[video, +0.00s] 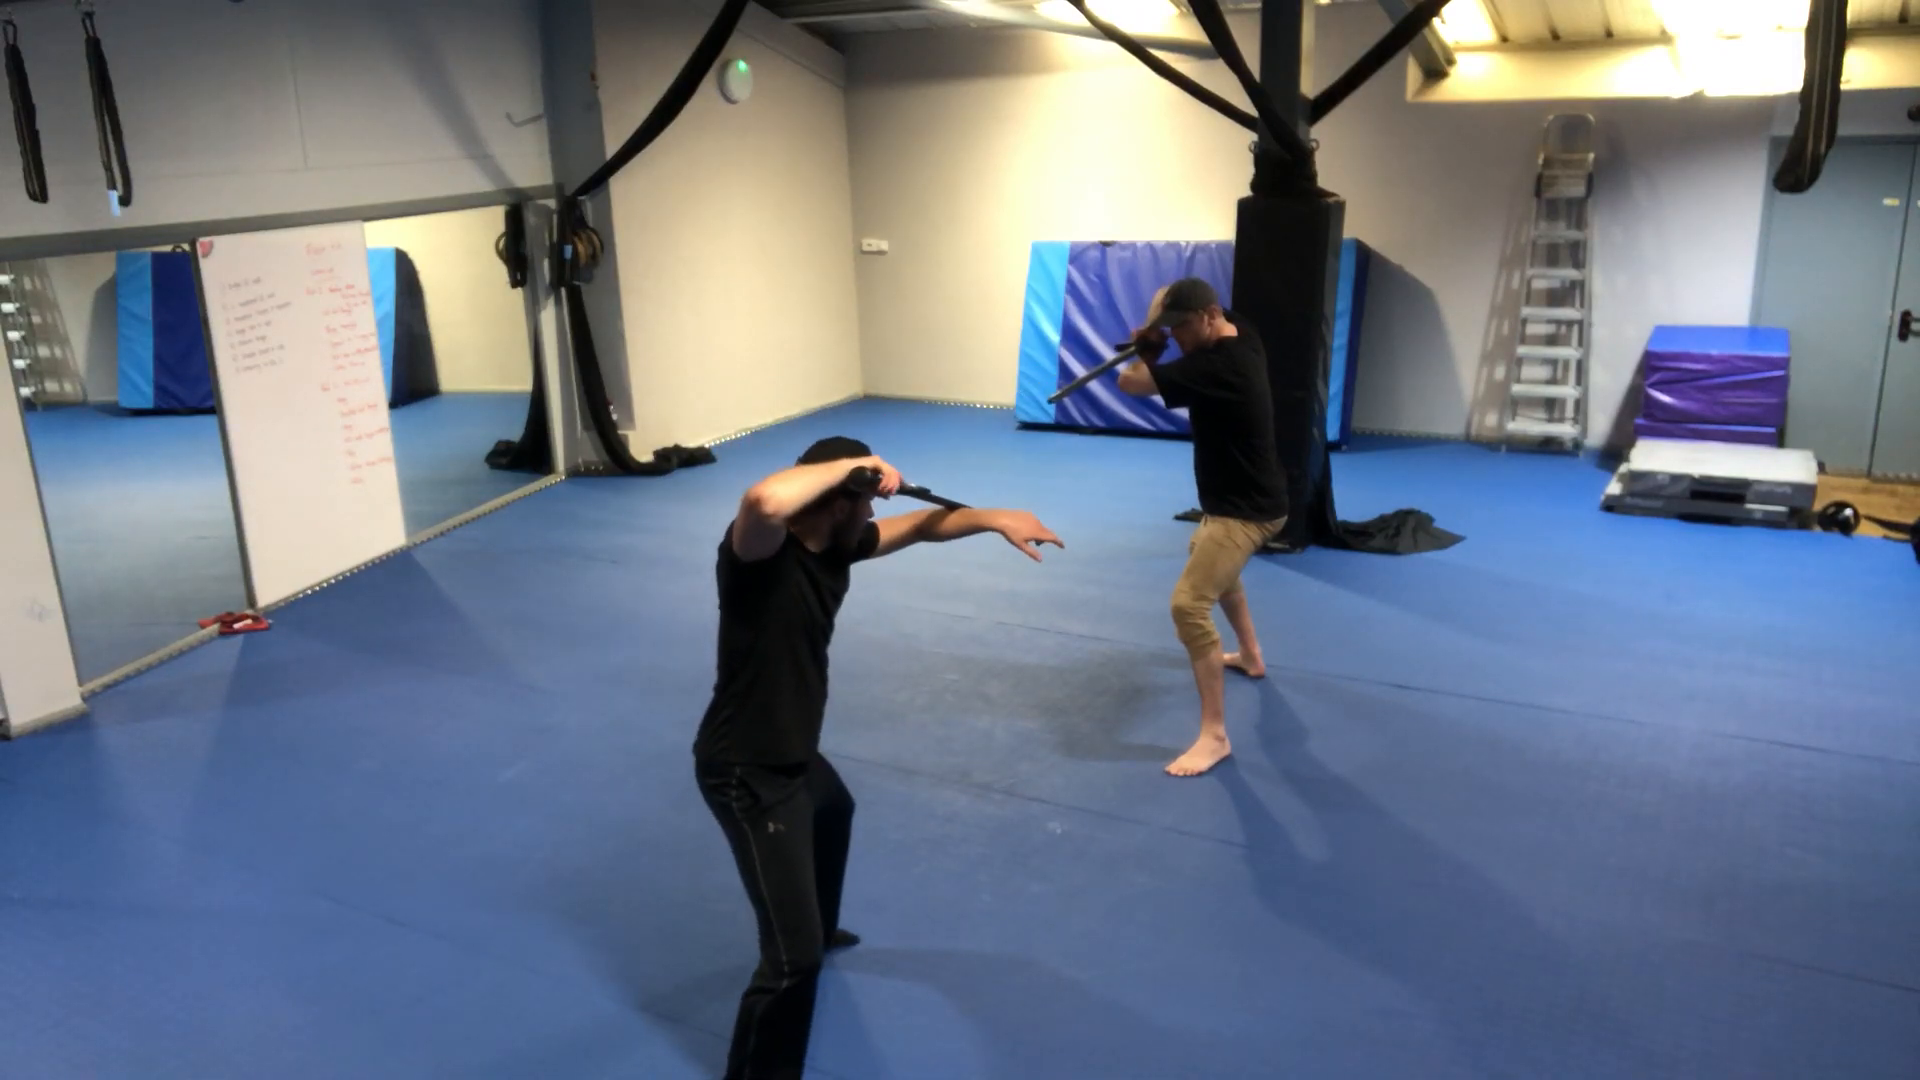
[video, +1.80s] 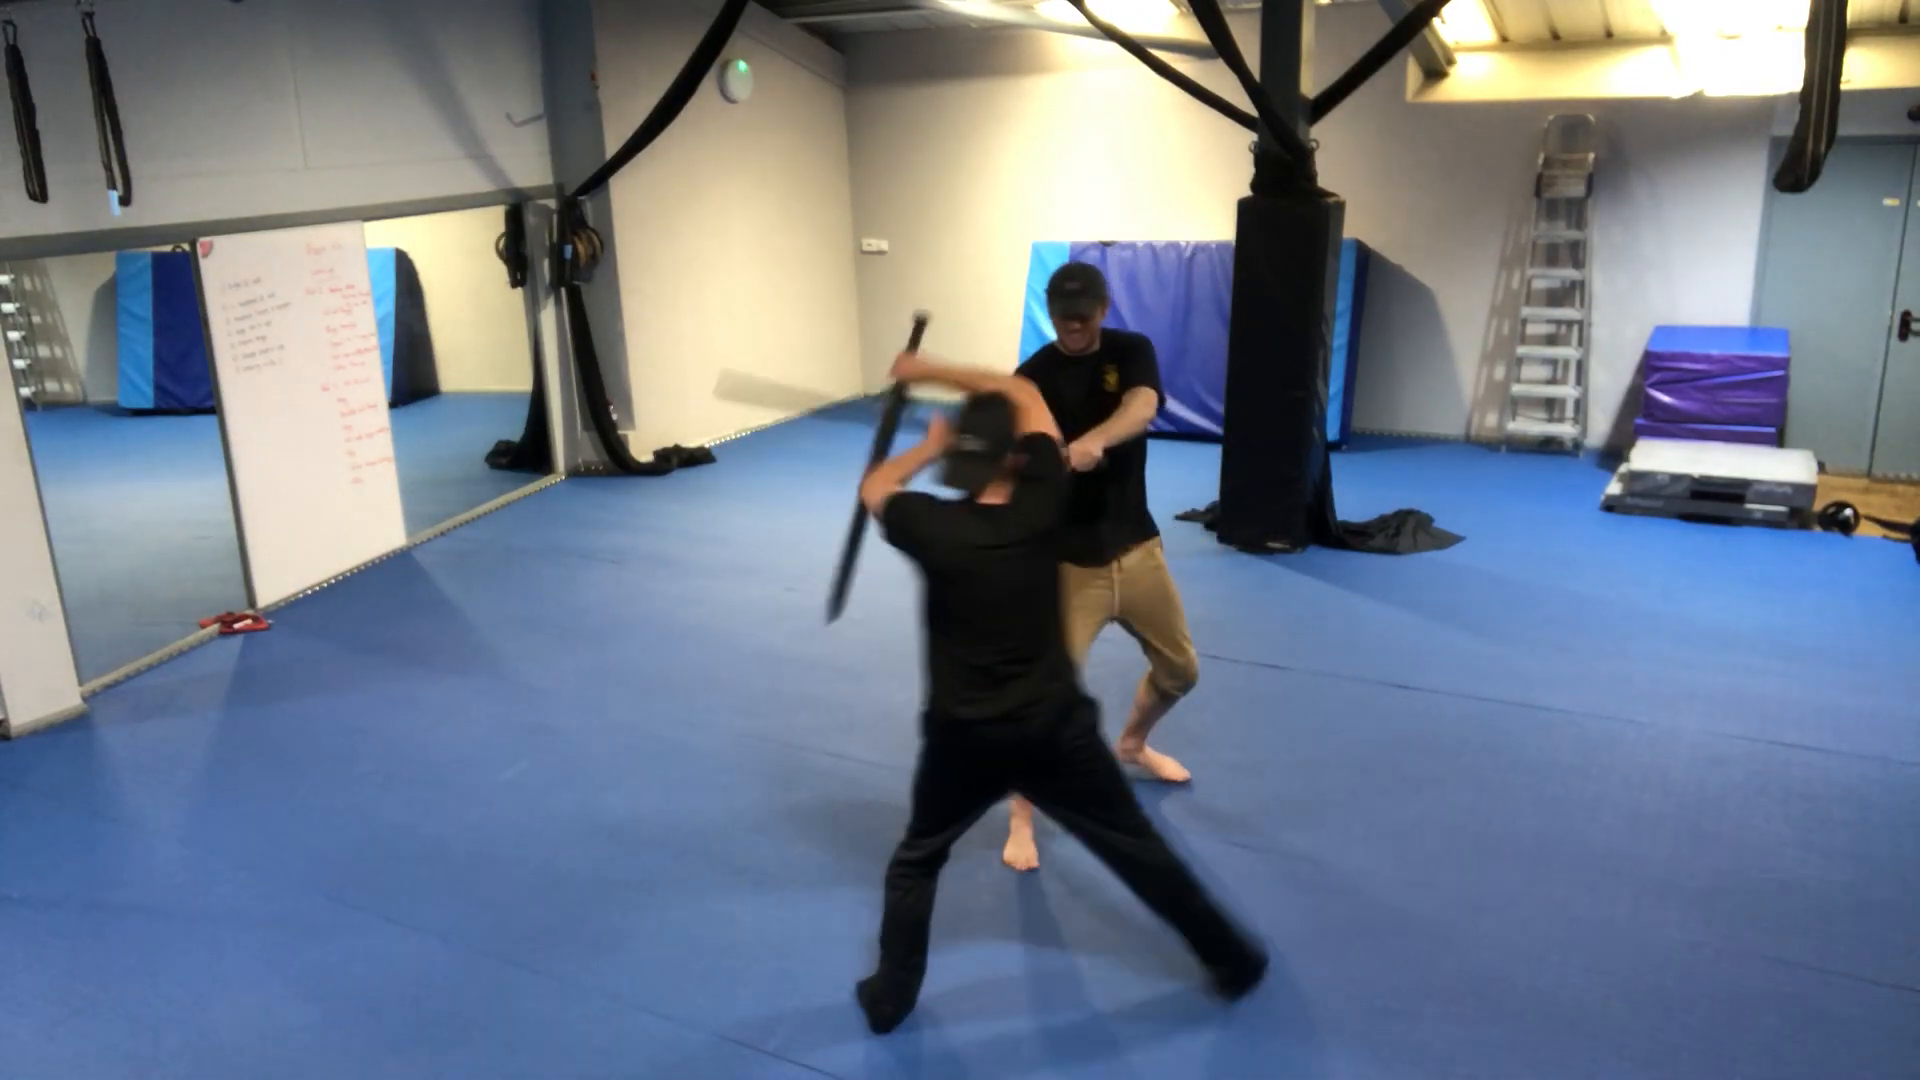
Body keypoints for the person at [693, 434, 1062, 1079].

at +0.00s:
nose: (871, 517)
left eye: (871, 503)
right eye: (863, 503)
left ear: (838, 505)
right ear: (830, 500)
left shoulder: (835, 550)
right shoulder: (758, 553)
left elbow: (921, 524)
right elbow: (763, 499)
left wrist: (996, 517)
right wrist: (847, 468)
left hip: (793, 755)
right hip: (744, 768)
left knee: (834, 811)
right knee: (793, 955)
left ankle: (815, 928)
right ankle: (756, 1075)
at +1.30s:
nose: (876, 499)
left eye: (877, 487)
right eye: (867, 486)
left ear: (855, 482)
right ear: (834, 482)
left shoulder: (849, 541)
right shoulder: (782, 544)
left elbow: (905, 545)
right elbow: (842, 492)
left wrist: (960, 523)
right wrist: (928, 451)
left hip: (831, 752)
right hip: (795, 761)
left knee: (878, 809)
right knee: (812, 959)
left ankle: (829, 947)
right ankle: (767, 1075)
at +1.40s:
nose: (884, 481)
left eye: (884, 471)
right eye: (882, 471)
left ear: (818, 465)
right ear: (869, 474)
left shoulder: (822, 532)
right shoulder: (816, 536)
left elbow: (887, 535)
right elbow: (911, 474)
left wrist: (938, 504)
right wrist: (964, 406)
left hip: (851, 743)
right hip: (850, 750)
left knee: (887, 860)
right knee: (870, 921)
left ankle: (888, 992)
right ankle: (784, 1068)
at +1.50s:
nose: (885, 472)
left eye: (867, 467)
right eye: (880, 464)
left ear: (816, 477)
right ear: (872, 474)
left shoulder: (794, 535)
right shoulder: (888, 513)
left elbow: (865, 500)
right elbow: (979, 417)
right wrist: (979, 341)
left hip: (847, 742)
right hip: (910, 743)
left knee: (892, 838)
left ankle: (890, 987)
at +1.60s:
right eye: (894, 451)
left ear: (836, 466)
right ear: (891, 465)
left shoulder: (815, 526)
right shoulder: (931, 499)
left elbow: (868, 460)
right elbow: (984, 394)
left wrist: (950, 414)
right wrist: (976, 311)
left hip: (879, 736)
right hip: (953, 731)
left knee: (904, 841)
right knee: (1055, 874)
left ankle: (884, 993)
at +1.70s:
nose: (958, 440)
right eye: (951, 438)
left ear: (882, 463)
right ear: (945, 459)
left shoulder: (855, 520)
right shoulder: (976, 491)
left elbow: (868, 466)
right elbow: (1004, 382)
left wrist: (932, 425)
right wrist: (954, 327)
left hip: (921, 736)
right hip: (1005, 725)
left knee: (911, 854)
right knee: (1096, 851)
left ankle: (889, 995)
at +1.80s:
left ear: (955, 461)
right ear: (1009, 461)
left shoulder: (931, 526)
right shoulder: (1040, 506)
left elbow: (874, 491)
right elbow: (1023, 391)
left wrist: (928, 445)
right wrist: (933, 369)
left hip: (963, 736)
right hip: (1051, 728)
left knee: (918, 859)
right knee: (1135, 845)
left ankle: (891, 999)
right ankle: (1233, 961)